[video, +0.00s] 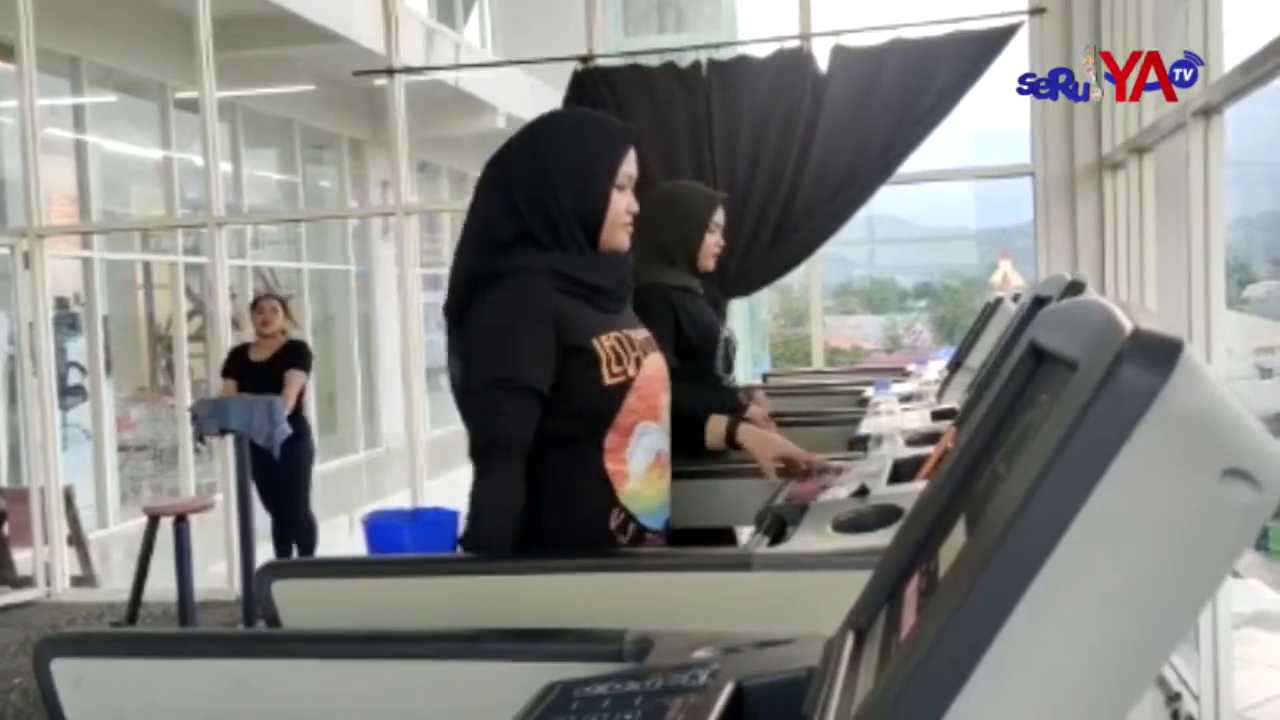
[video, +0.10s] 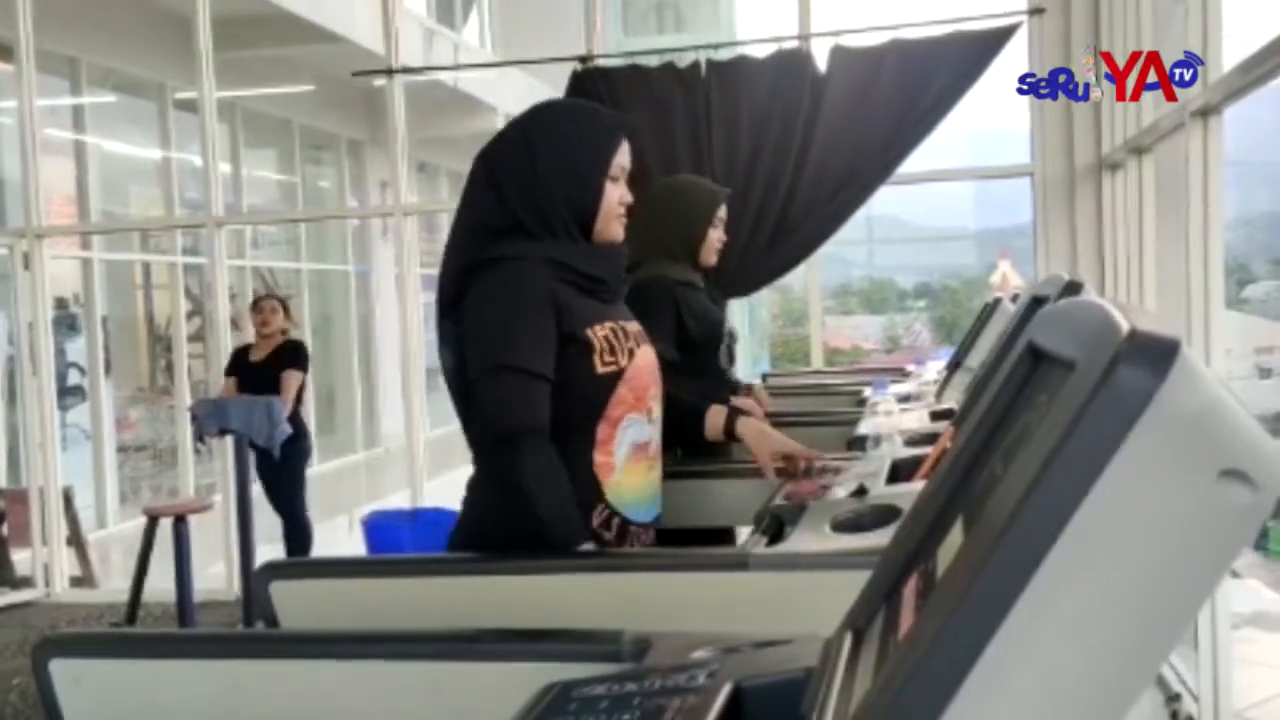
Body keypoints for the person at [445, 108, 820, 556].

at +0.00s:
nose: (635, 207)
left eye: (632, 189)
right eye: (621, 188)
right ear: (571, 188)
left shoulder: (598, 289)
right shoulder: (519, 300)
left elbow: (623, 413)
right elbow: (501, 461)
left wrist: (738, 434)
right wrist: (478, 589)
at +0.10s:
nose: (629, 199)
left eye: (626, 181)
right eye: (614, 179)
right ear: (564, 179)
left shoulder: (588, 279)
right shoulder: (516, 285)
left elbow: (627, 400)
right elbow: (515, 449)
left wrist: (737, 425)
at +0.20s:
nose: (625, 201)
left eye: (622, 185)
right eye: (610, 183)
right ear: (561, 183)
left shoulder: (580, 284)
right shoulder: (516, 288)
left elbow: (624, 399)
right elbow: (538, 442)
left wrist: (738, 424)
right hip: (525, 565)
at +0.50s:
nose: (627, 202)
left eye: (625, 186)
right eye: (613, 185)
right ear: (563, 183)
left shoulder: (592, 282)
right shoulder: (511, 285)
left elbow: (633, 405)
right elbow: (508, 441)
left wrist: (734, 443)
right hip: (538, 569)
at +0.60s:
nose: (628, 198)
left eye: (625, 180)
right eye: (614, 178)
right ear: (562, 177)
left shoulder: (594, 275)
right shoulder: (505, 281)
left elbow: (634, 397)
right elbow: (487, 441)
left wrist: (737, 440)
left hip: (614, 544)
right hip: (544, 557)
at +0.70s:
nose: (626, 203)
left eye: (625, 186)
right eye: (611, 185)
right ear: (561, 182)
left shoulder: (596, 285)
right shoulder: (501, 292)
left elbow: (628, 408)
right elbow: (457, 450)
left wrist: (737, 441)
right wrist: (424, 582)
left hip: (611, 556)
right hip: (528, 572)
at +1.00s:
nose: (618, 205)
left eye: (614, 187)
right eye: (602, 186)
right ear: (552, 188)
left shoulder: (581, 287)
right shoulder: (501, 299)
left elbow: (598, 421)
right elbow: (484, 460)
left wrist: (702, 439)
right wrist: (478, 592)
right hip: (545, 567)